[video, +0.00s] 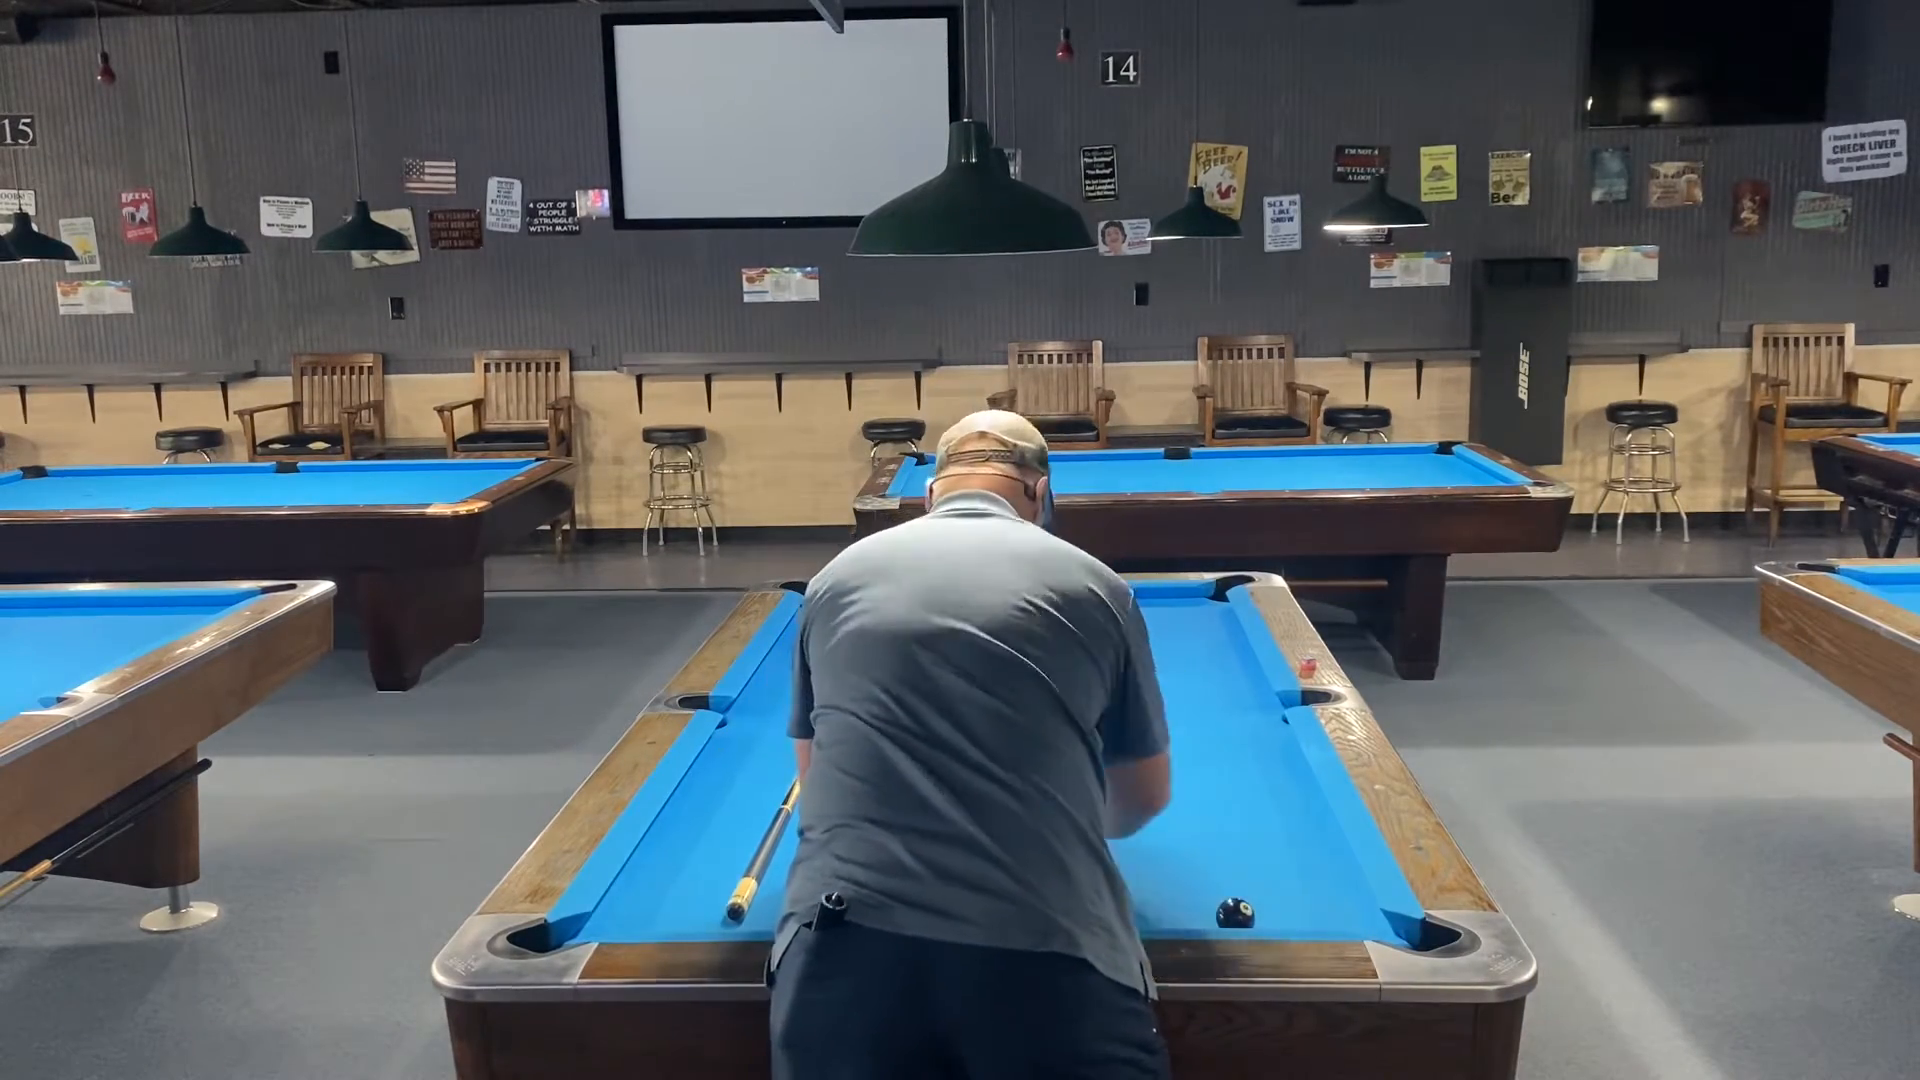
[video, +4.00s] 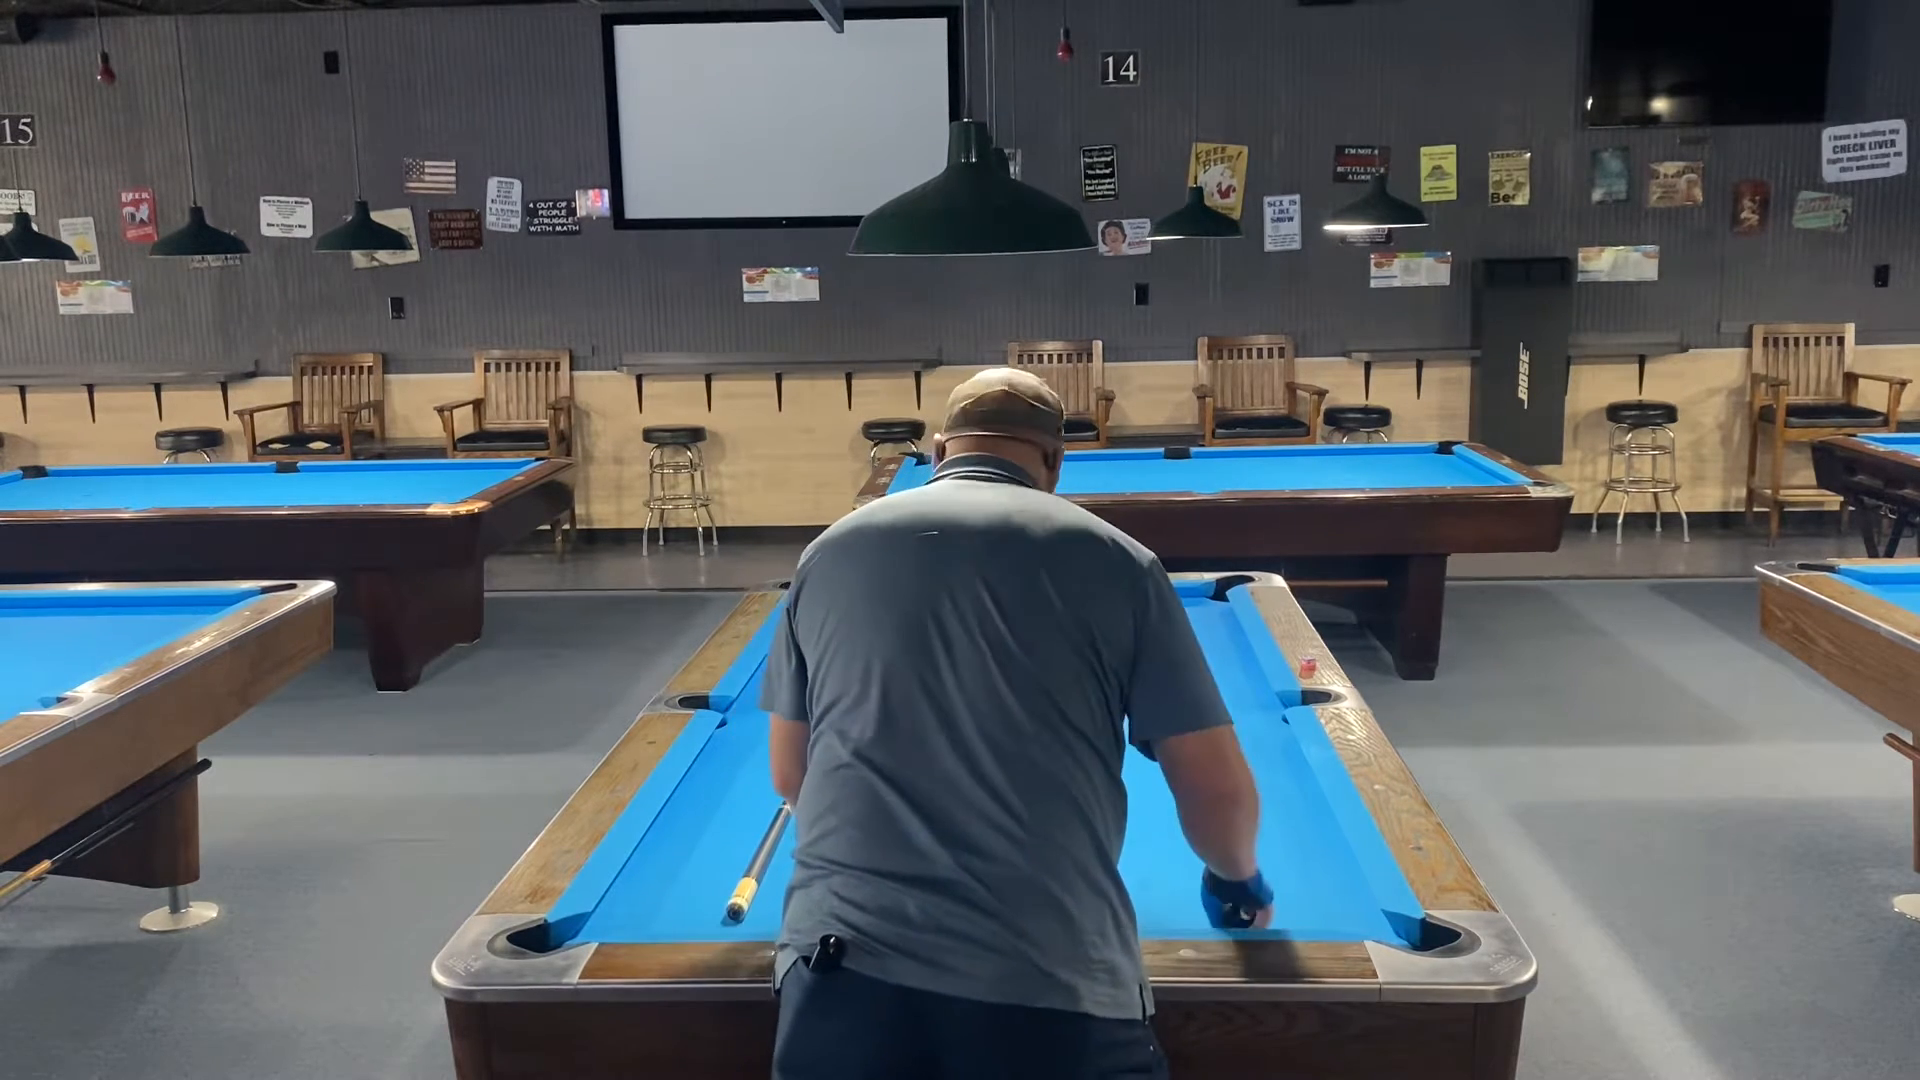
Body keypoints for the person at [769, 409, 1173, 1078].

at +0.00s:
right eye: (1047, 493)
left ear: (929, 495)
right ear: (1037, 488)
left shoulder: (836, 575)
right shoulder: (1097, 584)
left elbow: (816, 773)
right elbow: (1143, 790)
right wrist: (1053, 830)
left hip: (845, 962)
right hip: (1049, 968)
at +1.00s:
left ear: (910, 514)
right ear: (1019, 512)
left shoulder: (833, 589)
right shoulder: (1089, 596)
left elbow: (810, 783)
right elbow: (1122, 794)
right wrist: (1028, 843)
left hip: (847, 958)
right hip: (1052, 964)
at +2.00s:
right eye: (1020, 512)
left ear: (913, 519)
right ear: (1018, 517)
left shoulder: (835, 592)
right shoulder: (1089, 598)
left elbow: (809, 789)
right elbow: (1124, 801)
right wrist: (1030, 849)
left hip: (846, 956)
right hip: (1050, 963)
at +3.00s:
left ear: (916, 502)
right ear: (1025, 506)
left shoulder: (828, 569)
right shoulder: (1097, 583)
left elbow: (786, 779)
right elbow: (1137, 784)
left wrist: (887, 795)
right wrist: (1059, 782)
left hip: (846, 965)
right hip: (1051, 972)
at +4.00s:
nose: (1052, 477)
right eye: (1054, 464)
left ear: (938, 453)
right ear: (1052, 458)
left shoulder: (833, 549)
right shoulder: (1117, 562)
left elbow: (792, 772)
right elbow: (1214, 782)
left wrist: (880, 831)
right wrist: (1235, 881)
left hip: (848, 986)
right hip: (1056, 1005)